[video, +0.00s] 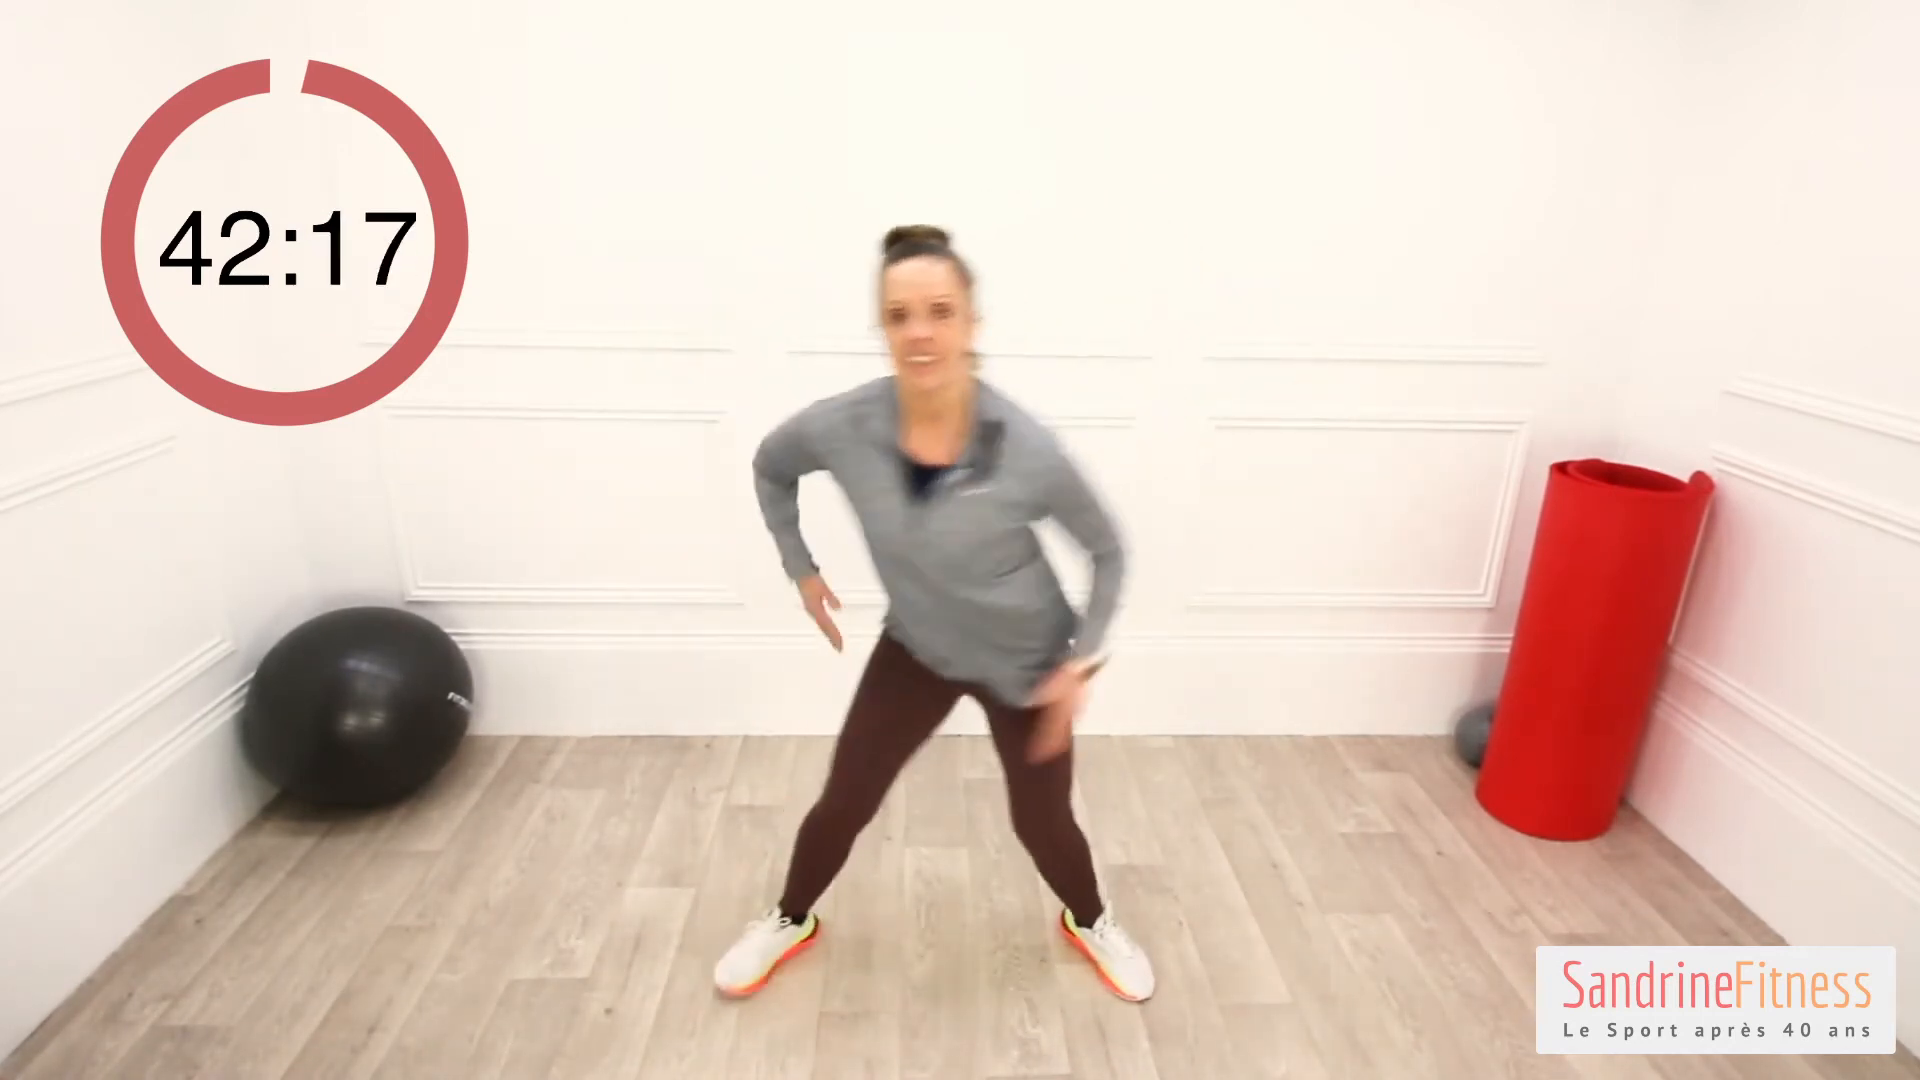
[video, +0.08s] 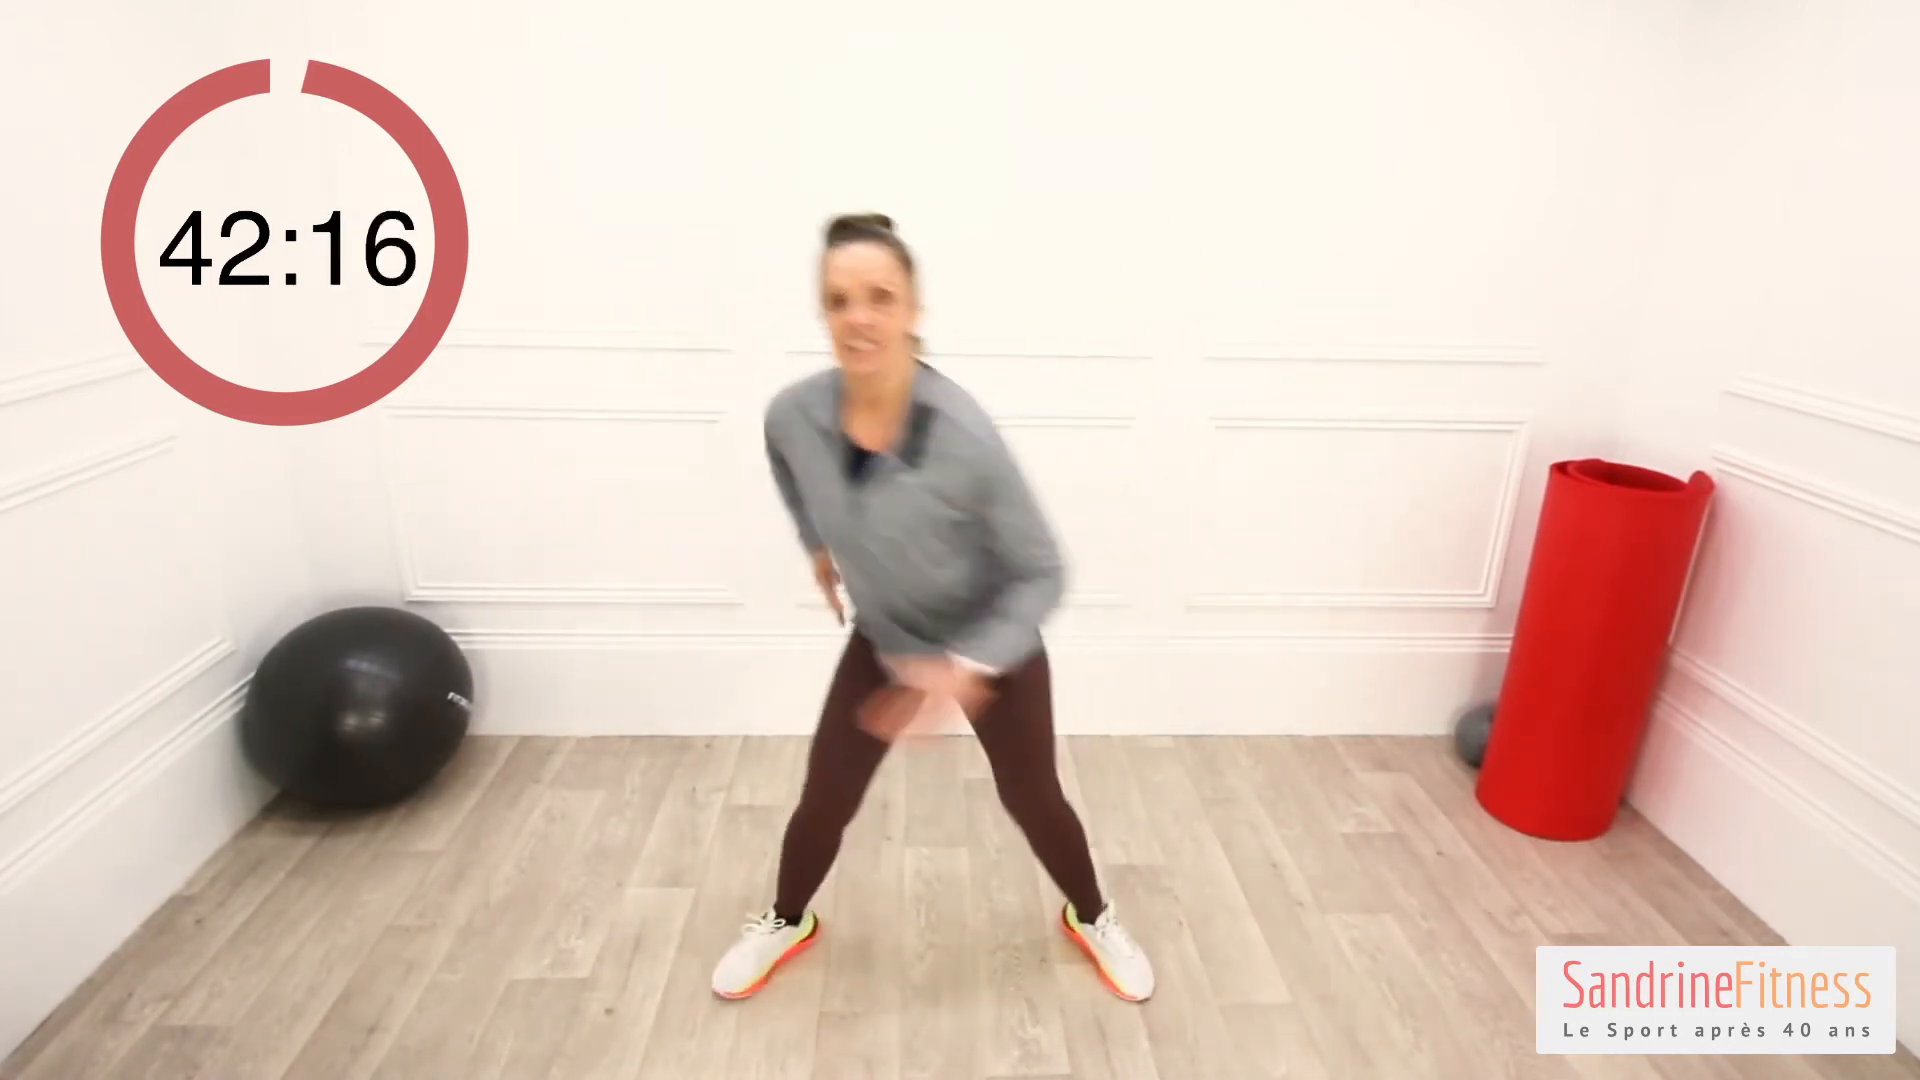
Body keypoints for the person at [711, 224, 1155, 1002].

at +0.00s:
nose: (920, 334)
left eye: (940, 313)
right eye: (901, 316)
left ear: (973, 324)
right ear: (880, 329)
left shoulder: (1026, 450)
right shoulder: (844, 426)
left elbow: (1109, 550)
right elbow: (771, 468)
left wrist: (1082, 659)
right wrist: (800, 568)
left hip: (1027, 656)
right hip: (919, 645)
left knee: (1044, 822)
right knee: (846, 801)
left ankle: (1090, 923)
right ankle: (790, 921)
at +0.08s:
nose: (859, 320)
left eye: (880, 299)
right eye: (840, 301)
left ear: (915, 311)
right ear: (822, 314)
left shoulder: (966, 439)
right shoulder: (794, 420)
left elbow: (1041, 571)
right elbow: (797, 493)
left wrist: (971, 662)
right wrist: (819, 551)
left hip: (991, 633)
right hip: (883, 633)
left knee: (1032, 798)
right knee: (824, 801)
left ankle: (1092, 918)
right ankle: (786, 921)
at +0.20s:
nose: (807, 295)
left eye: (827, 273)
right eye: (786, 277)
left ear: (864, 284)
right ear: (769, 292)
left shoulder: (912, 401)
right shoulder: (766, 390)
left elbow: (980, 563)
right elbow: (811, 521)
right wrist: (828, 592)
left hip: (963, 618)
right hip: (859, 624)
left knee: (1035, 768)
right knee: (813, 789)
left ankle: (1102, 902)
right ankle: (787, 920)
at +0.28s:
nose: (772, 281)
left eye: (793, 257)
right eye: (750, 264)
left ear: (830, 269)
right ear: (732, 280)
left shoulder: (872, 372)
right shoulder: (741, 374)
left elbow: (910, 501)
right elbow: (781, 493)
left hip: (945, 598)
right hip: (843, 613)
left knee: (1013, 741)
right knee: (807, 783)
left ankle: (1096, 861)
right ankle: (786, 918)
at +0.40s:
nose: (744, 284)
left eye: (765, 260)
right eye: (721, 267)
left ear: (802, 271)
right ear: (704, 285)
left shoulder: (839, 360)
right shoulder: (720, 374)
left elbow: (835, 431)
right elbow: (772, 486)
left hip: (924, 597)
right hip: (826, 618)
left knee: (986, 743)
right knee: (791, 787)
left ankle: (1068, 817)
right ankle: (787, 918)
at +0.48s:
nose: (739, 296)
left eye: (759, 274)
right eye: (717, 280)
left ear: (796, 285)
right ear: (699, 300)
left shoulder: (834, 374)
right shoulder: (712, 394)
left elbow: (809, 431)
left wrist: (616, 433)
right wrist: (565, 441)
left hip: (918, 608)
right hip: (817, 627)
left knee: (978, 755)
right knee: (776, 800)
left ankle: (1056, 832)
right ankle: (786, 921)